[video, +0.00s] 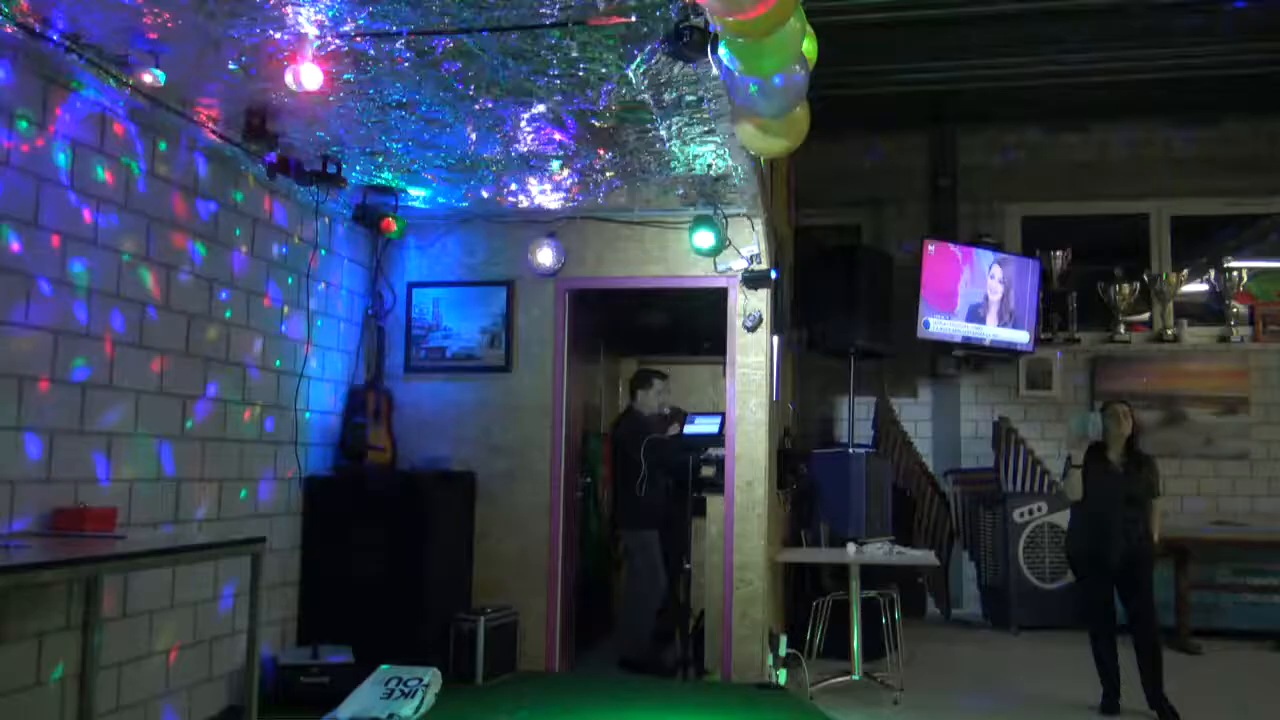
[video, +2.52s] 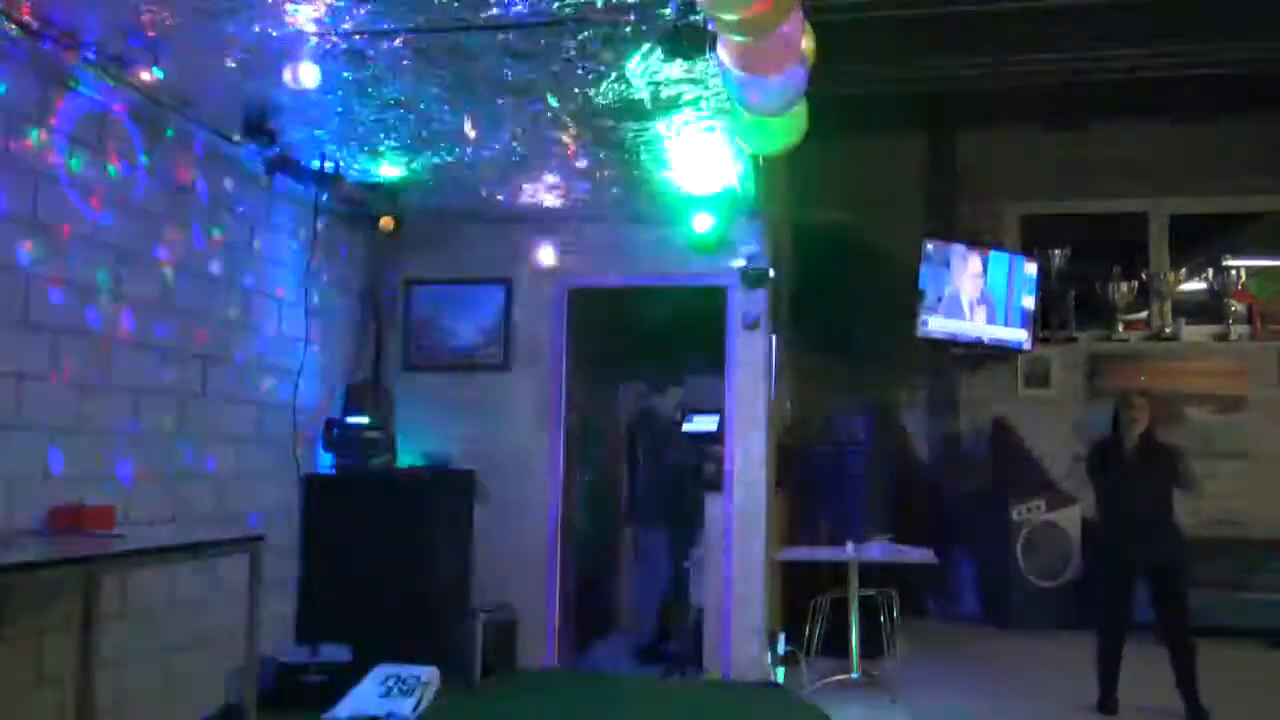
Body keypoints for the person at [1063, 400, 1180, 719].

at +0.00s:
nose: (1120, 422)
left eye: (1125, 417)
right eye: (1113, 417)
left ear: (1133, 424)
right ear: (1103, 424)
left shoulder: (1144, 462)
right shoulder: (1088, 459)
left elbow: (1153, 506)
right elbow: (1073, 496)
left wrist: (1153, 542)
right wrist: (1071, 463)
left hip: (1133, 553)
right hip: (1093, 554)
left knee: (1145, 625)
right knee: (1101, 626)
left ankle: (1156, 696)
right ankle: (1110, 693)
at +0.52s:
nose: (1115, 417)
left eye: (1121, 412)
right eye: (1110, 411)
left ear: (1129, 419)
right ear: (1102, 418)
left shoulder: (1139, 455)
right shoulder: (1089, 452)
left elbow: (1148, 501)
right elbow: (1075, 494)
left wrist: (1156, 541)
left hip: (1136, 550)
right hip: (1097, 552)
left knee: (1150, 627)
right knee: (1104, 626)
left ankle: (1164, 699)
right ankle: (1110, 695)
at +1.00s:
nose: (1120, 426)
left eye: (1125, 420)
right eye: (1115, 420)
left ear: (1133, 425)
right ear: (1106, 424)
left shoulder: (1150, 461)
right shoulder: (1093, 457)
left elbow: (1159, 506)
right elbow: (1078, 495)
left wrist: (1158, 543)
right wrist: (1080, 461)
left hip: (1140, 552)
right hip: (1099, 552)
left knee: (1160, 625)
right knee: (1103, 626)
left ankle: (1185, 698)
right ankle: (1109, 695)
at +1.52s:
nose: (1145, 419)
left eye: (1152, 413)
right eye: (1141, 413)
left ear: (1167, 418)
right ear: (1136, 419)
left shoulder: (1190, 455)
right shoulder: (1132, 450)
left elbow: (1204, 503)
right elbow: (1133, 494)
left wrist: (1203, 533)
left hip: (1184, 550)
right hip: (1139, 549)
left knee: (1193, 629)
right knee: (1130, 624)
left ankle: (1198, 703)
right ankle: (1113, 696)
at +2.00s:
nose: (1164, 421)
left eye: (1169, 415)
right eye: (1158, 415)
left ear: (1177, 421)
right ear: (1149, 420)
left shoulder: (1194, 452)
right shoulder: (1139, 455)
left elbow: (1226, 464)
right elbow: (1140, 503)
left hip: (1200, 551)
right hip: (1157, 551)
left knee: (1202, 629)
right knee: (1140, 622)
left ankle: (1198, 702)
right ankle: (1117, 693)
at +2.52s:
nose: (1133, 415)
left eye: (1139, 409)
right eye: (1128, 409)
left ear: (1149, 415)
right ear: (1117, 414)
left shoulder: (1165, 454)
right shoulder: (1101, 453)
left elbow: (1190, 486)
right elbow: (1098, 493)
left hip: (1160, 548)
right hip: (1116, 549)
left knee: (1176, 626)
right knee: (1112, 624)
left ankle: (1192, 703)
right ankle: (1107, 697)